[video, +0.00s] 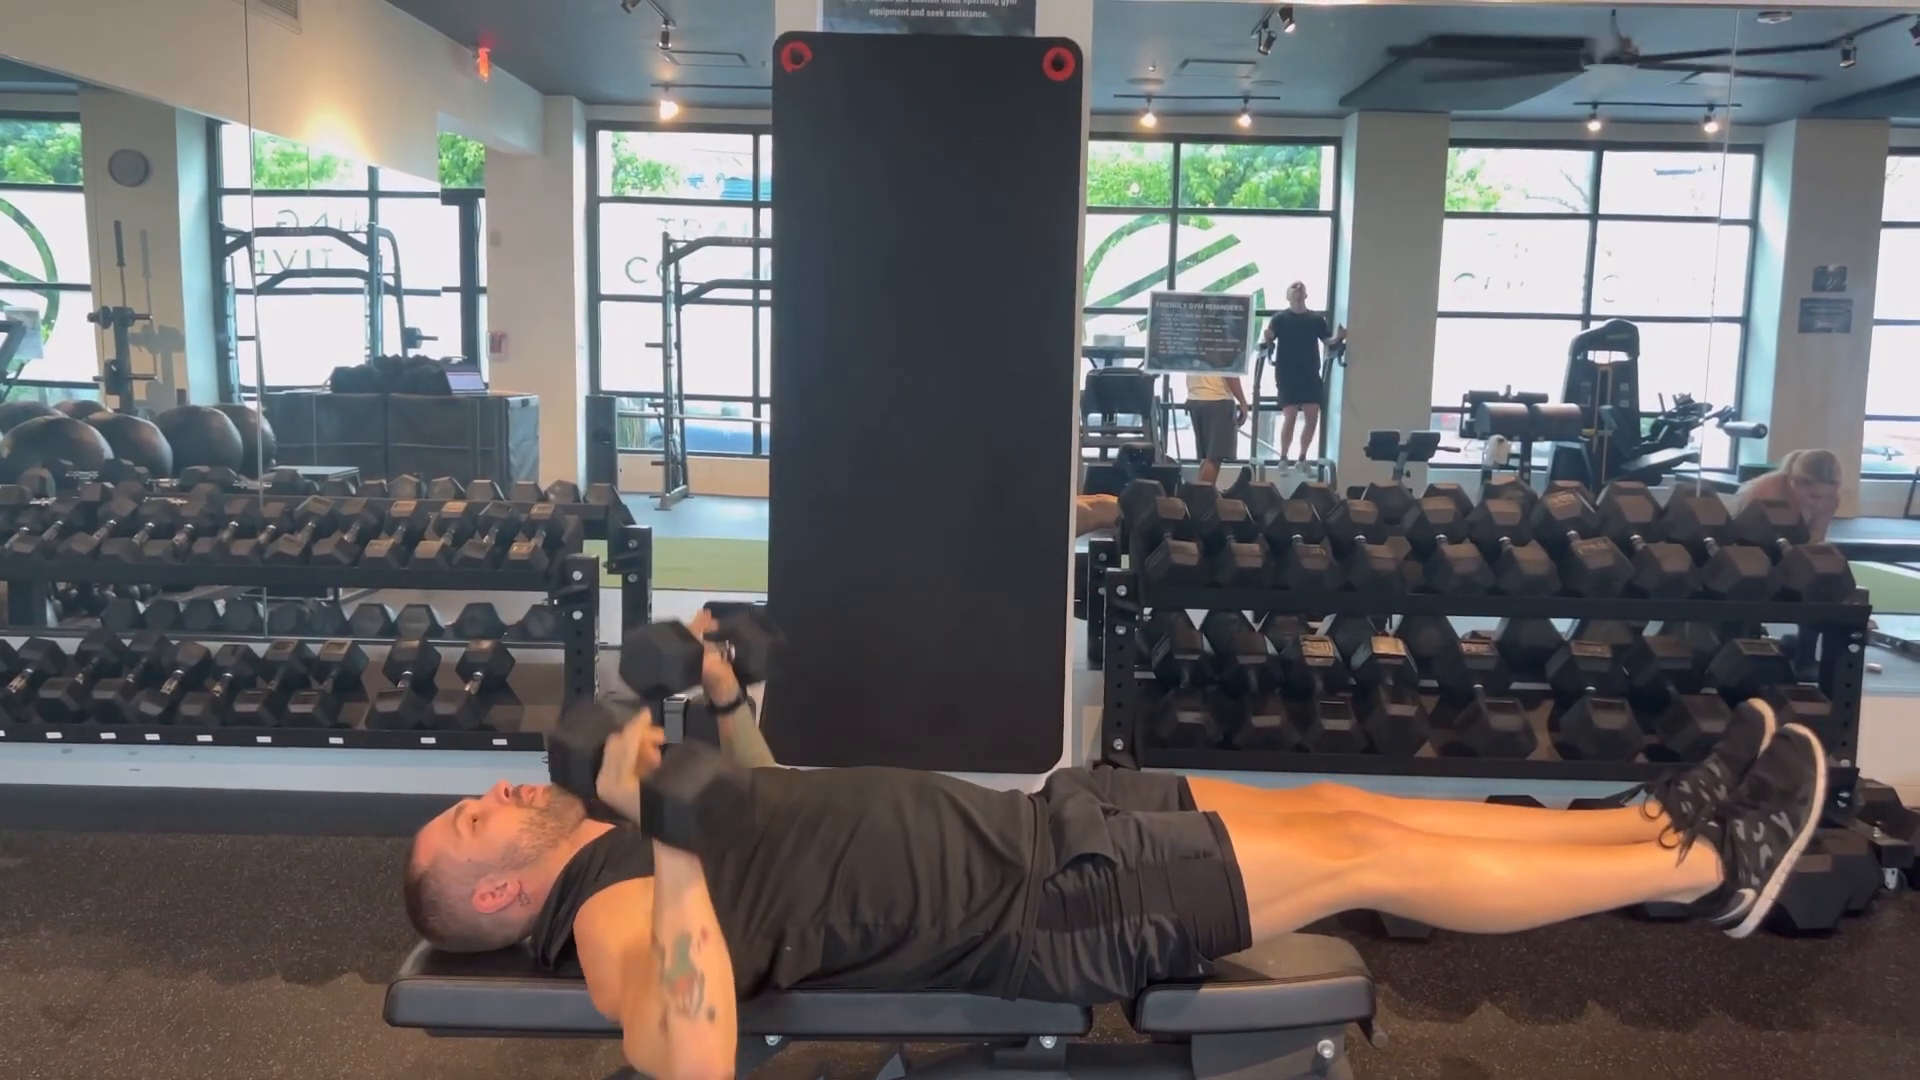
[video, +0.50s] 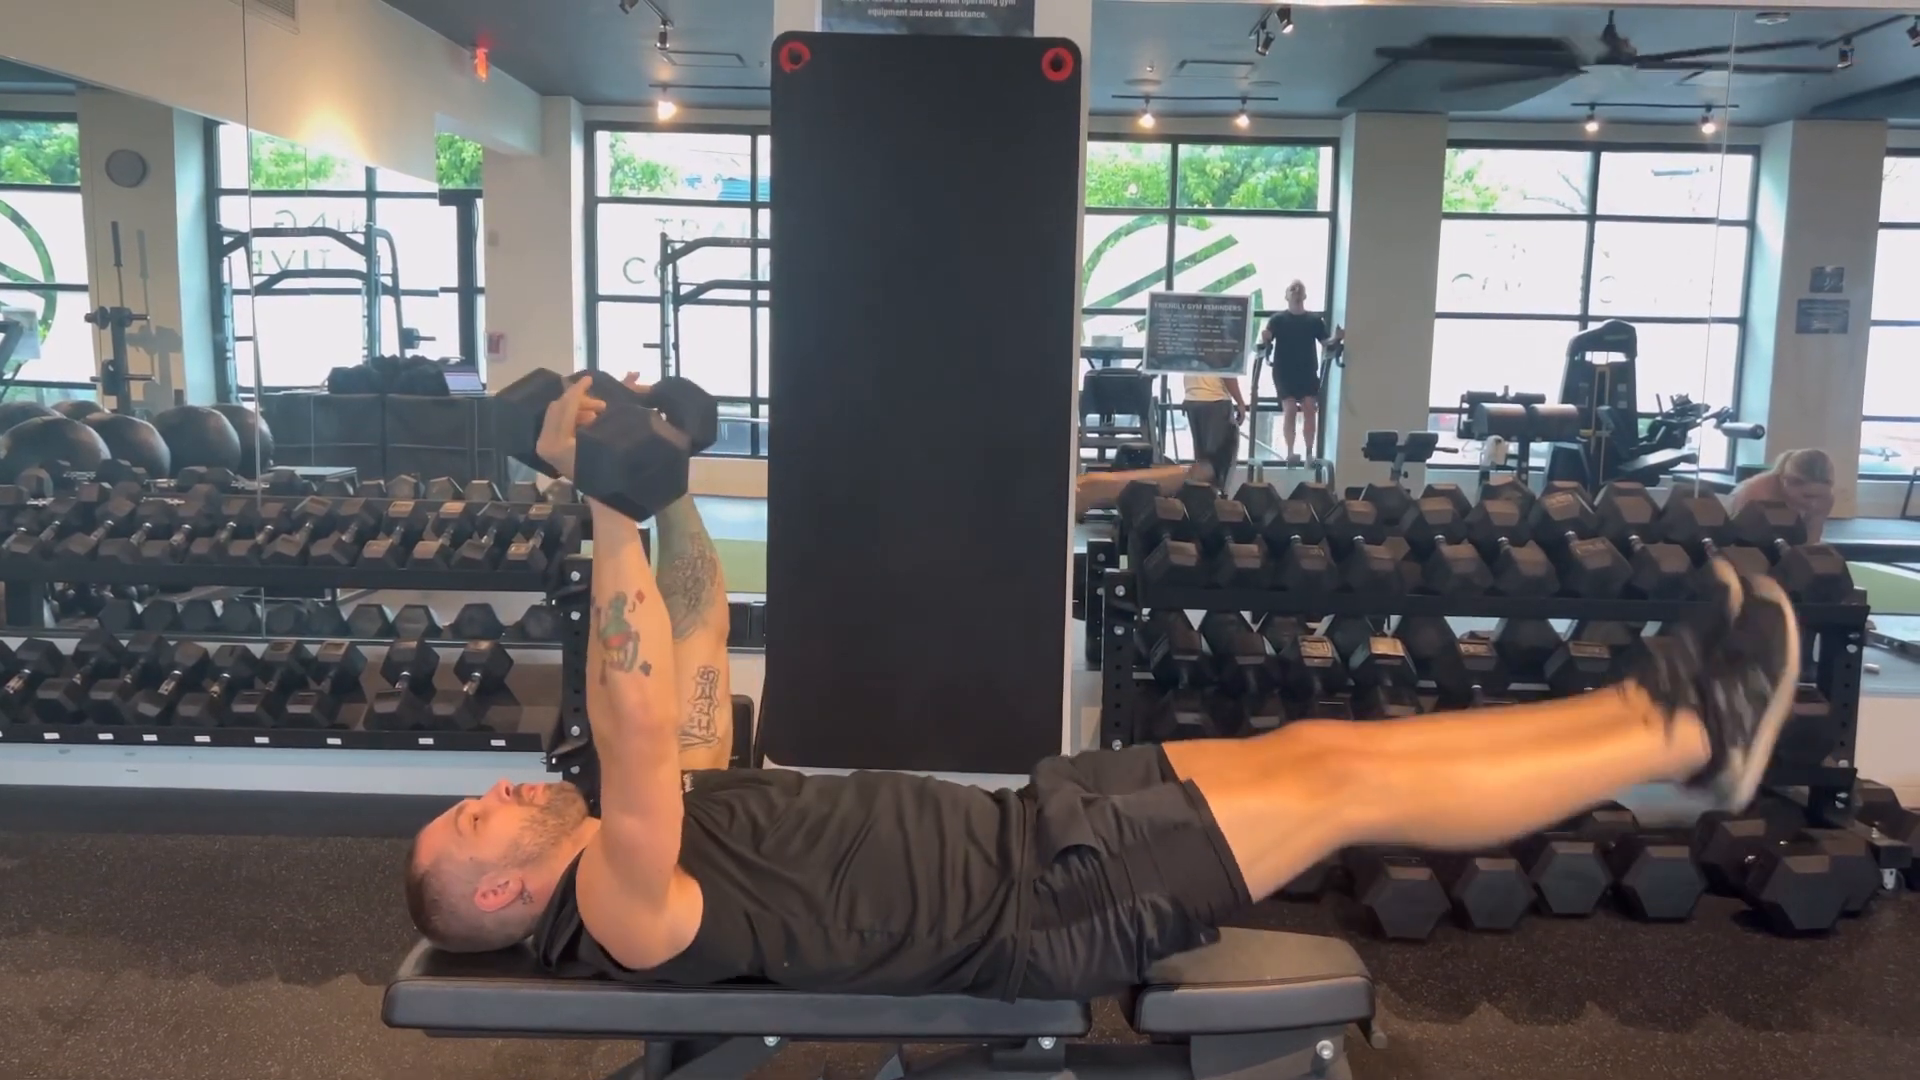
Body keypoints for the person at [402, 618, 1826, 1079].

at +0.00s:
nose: (503, 787)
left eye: (480, 795)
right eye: (483, 813)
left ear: (523, 847)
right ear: (510, 880)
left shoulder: (624, 830)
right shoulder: (620, 905)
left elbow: (723, 779)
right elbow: (684, 1056)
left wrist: (710, 714)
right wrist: (651, 856)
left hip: (1057, 809)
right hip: (1062, 890)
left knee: (1344, 805)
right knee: (1367, 854)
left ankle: (1665, 830)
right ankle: (1704, 866)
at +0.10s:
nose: (517, 798)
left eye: (493, 805)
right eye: (487, 832)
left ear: (528, 819)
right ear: (494, 897)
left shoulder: (623, 826)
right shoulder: (605, 919)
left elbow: (737, 751)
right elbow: (689, 984)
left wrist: (664, 662)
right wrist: (663, 783)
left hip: (1039, 824)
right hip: (1041, 898)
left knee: (1354, 815)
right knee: (1365, 848)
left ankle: (1669, 828)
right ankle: (1699, 865)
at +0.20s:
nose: (505, 805)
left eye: (487, 810)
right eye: (477, 838)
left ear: (534, 818)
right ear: (496, 907)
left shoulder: (647, 824)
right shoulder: (626, 923)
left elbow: (743, 705)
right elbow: (679, 825)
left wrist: (690, 589)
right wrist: (643, 643)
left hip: (1045, 817)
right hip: (1049, 898)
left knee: (1353, 814)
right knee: (1360, 862)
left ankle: (1677, 832)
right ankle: (1702, 872)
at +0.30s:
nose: (504, 806)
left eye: (483, 812)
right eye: (482, 839)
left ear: (537, 827)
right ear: (514, 911)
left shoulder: (653, 821)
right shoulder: (631, 917)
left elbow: (724, 688)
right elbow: (647, 745)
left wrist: (692, 544)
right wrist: (621, 566)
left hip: (1056, 814)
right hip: (1064, 890)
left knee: (1353, 803)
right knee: (1376, 862)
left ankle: (1662, 820)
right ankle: (1708, 866)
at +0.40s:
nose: (503, 805)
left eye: (481, 809)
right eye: (483, 841)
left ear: (535, 835)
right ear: (520, 911)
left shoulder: (651, 836)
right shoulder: (630, 913)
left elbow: (709, 686)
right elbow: (631, 706)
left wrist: (679, 511)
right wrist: (616, 517)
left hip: (1050, 809)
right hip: (1051, 888)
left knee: (1346, 780)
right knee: (1368, 842)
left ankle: (1675, 790)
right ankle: (1701, 831)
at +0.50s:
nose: (503, 799)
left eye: (481, 805)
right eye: (484, 834)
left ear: (536, 844)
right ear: (520, 906)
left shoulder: (653, 823)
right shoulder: (628, 899)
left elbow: (698, 656)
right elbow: (631, 688)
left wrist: (651, 494)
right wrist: (613, 508)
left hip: (1043, 813)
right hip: (1050, 895)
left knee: (1333, 746)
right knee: (1346, 774)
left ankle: (1668, 708)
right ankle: (1686, 731)